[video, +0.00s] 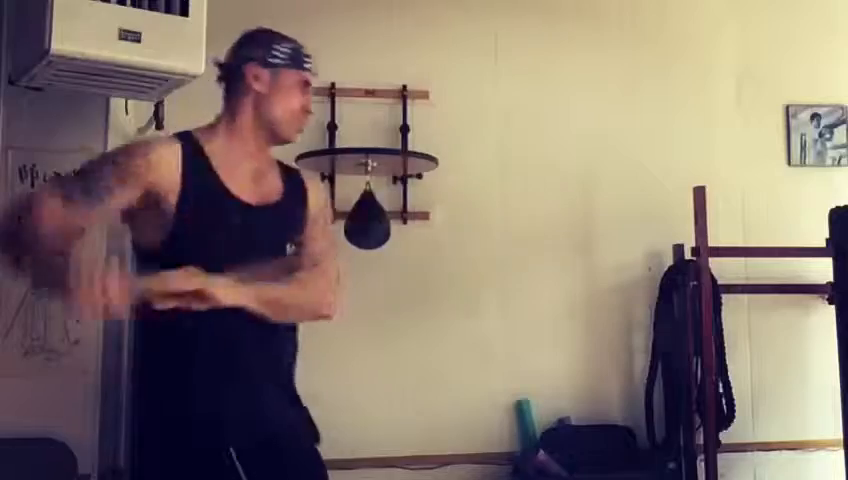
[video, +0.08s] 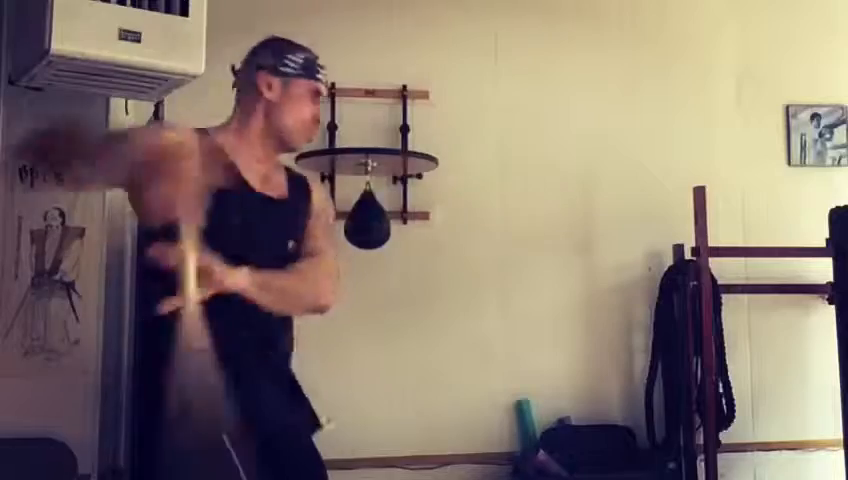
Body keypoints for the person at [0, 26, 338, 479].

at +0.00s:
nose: (310, 105)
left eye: (310, 91)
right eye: (302, 87)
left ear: (261, 82)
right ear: (257, 78)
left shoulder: (307, 190)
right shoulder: (161, 161)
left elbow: (323, 296)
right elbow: (40, 214)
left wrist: (230, 291)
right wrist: (78, 271)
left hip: (273, 423)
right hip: (176, 422)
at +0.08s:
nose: (320, 114)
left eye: (321, 101)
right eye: (313, 97)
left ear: (270, 89)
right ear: (267, 86)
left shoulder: (310, 195)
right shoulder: (174, 149)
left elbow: (320, 290)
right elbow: (58, 160)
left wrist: (234, 278)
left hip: (271, 405)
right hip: (179, 406)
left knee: (306, 472)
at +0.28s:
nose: (308, 134)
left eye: (313, 110)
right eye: (298, 104)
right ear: (251, 90)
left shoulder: (266, 195)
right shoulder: (187, 152)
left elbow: (318, 295)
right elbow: (290, 98)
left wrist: (291, 251)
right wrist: (367, 195)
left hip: (266, 406)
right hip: (191, 410)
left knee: (301, 471)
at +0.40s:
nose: (297, 119)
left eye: (299, 107)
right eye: (293, 102)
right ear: (254, 86)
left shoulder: (154, 170)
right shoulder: (261, 136)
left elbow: (208, 295)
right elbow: (396, 173)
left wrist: (302, 272)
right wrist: (381, 232)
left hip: (160, 422)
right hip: (249, 423)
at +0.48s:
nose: (300, 116)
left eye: (301, 101)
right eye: (295, 97)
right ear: (256, 79)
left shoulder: (141, 173)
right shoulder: (278, 144)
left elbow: (199, 274)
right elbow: (382, 188)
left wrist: (300, 269)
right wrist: (331, 231)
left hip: (160, 417)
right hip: (253, 418)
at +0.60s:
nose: (295, 106)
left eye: (296, 91)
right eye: (289, 86)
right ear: (245, 74)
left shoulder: (136, 173)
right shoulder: (271, 150)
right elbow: (376, 221)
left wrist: (289, 244)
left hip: (166, 413)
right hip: (264, 413)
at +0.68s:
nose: (290, 97)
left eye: (289, 81)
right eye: (281, 76)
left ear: (235, 72)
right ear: (236, 70)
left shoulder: (146, 168)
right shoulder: (253, 158)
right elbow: (354, 268)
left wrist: (344, 236)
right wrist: (383, 236)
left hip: (169, 419)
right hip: (262, 421)